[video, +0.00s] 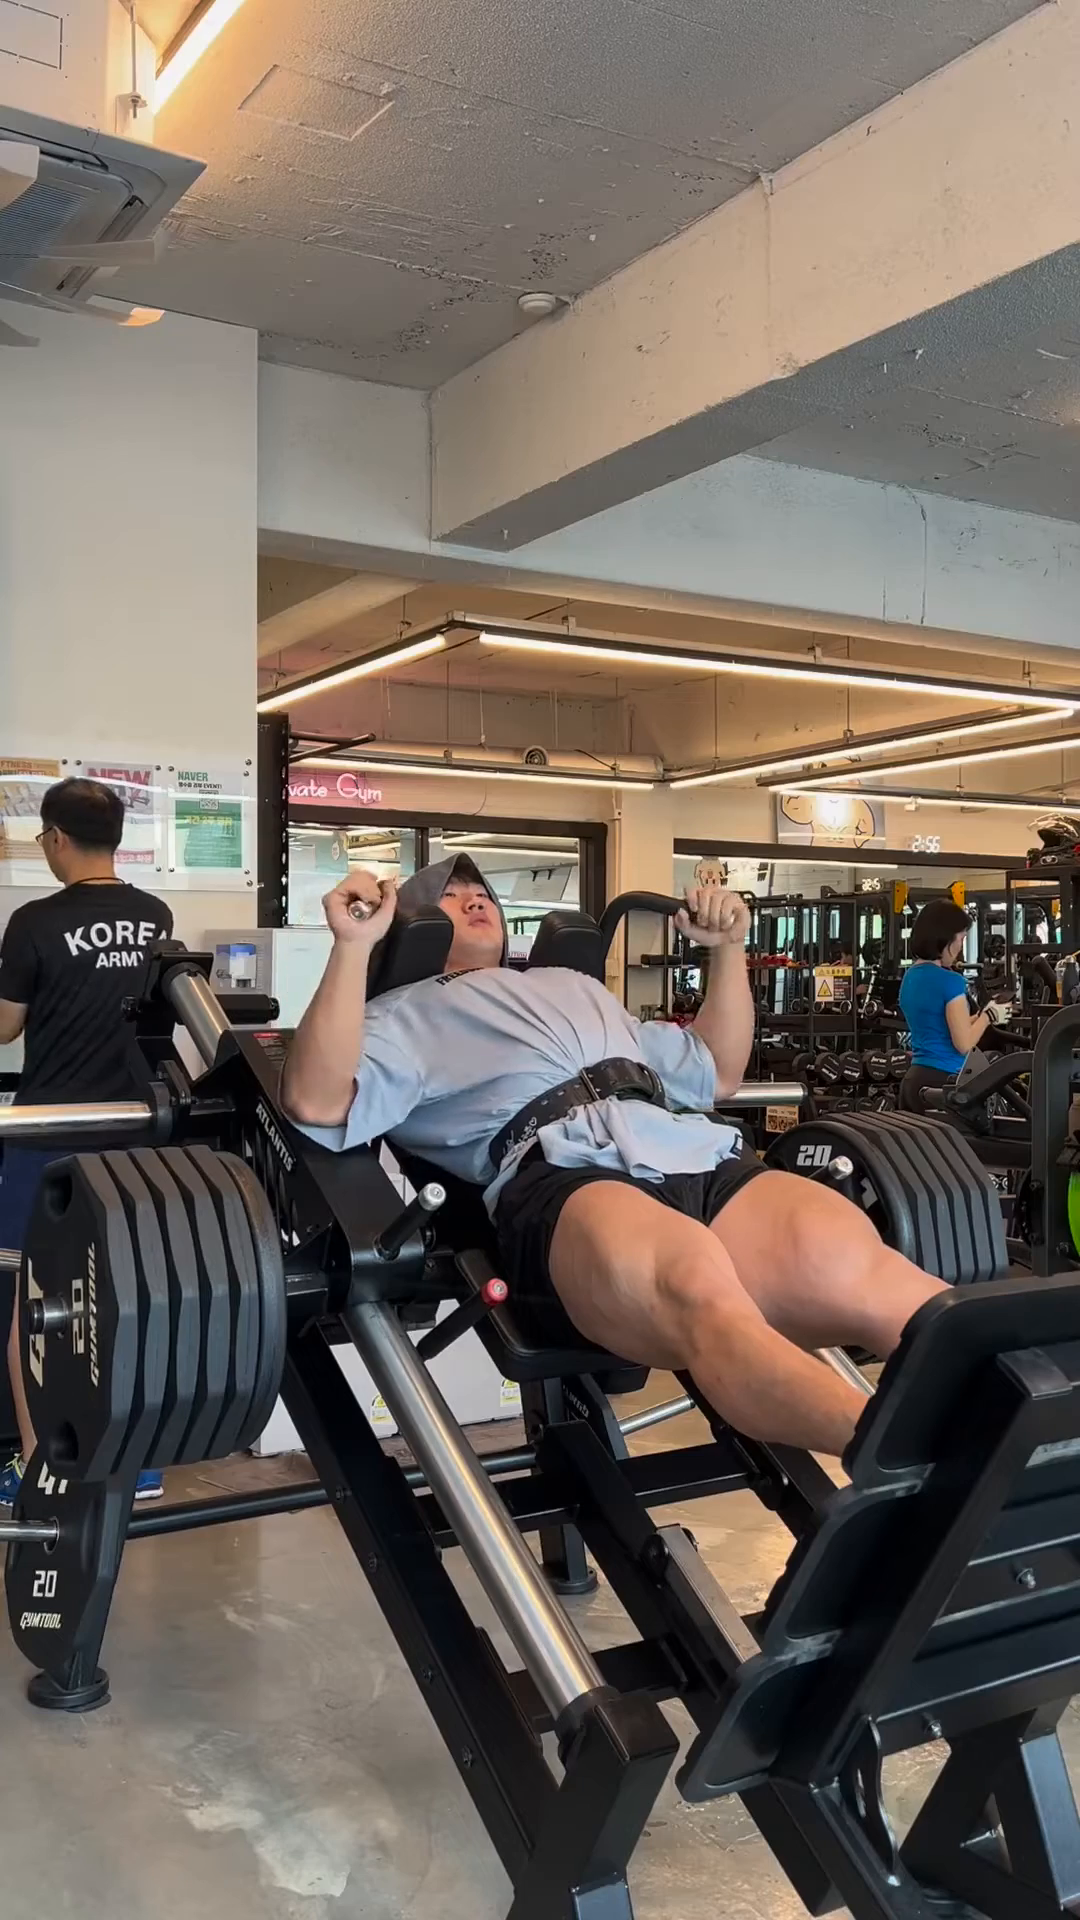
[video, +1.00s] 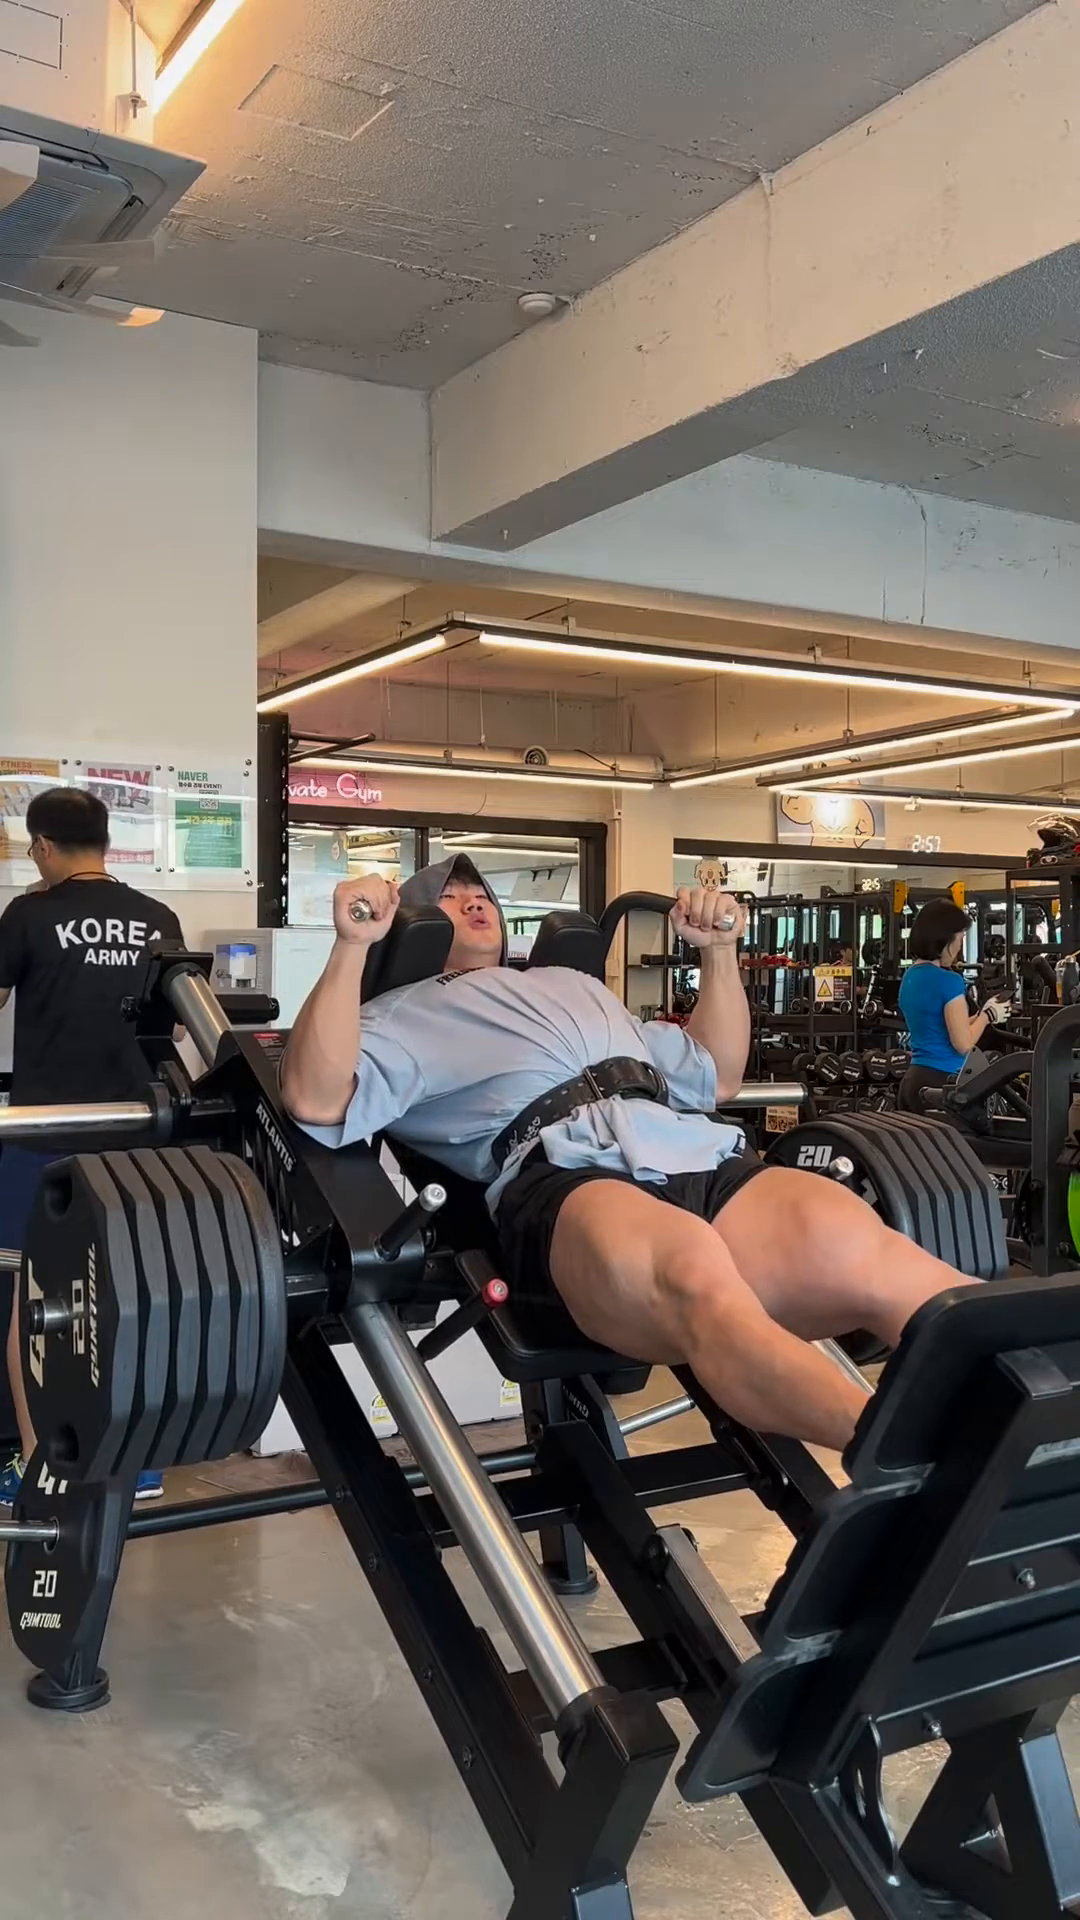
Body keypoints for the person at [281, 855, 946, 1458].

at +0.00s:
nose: (478, 899)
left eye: (485, 891)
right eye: (453, 892)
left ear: (502, 921)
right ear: (420, 931)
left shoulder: (577, 990)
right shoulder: (408, 1015)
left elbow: (713, 1073)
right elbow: (315, 1101)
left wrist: (726, 948)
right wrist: (351, 949)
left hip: (691, 1158)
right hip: (557, 1181)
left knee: (851, 1258)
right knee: (694, 1283)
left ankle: (1038, 1376)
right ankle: (892, 1447)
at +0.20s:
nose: (471, 901)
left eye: (482, 893)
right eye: (448, 895)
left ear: (504, 923)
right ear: (418, 935)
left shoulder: (577, 990)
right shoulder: (409, 1014)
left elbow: (712, 1073)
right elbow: (316, 1103)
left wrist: (724, 946)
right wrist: (358, 949)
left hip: (692, 1154)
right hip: (557, 1178)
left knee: (856, 1264)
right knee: (695, 1284)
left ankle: (1036, 1377)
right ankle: (892, 1446)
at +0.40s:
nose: (471, 901)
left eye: (483, 894)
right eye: (448, 894)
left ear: (504, 926)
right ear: (415, 935)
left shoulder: (577, 990)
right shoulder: (404, 1015)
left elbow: (712, 1072)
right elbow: (313, 1100)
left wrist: (718, 945)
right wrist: (347, 946)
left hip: (689, 1153)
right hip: (555, 1179)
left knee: (852, 1255)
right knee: (695, 1281)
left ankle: (1034, 1384)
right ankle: (889, 1447)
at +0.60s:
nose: (470, 902)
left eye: (482, 895)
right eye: (447, 896)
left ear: (503, 925)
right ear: (418, 934)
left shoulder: (578, 990)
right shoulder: (407, 1013)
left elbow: (710, 1074)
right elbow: (313, 1098)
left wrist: (716, 950)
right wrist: (343, 942)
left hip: (691, 1152)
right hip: (556, 1177)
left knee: (853, 1265)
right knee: (697, 1288)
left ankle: (1034, 1379)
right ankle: (896, 1448)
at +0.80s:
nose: (475, 900)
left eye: (484, 893)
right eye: (452, 893)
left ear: (504, 924)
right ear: (416, 930)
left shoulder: (577, 988)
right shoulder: (404, 1014)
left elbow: (711, 1073)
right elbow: (314, 1099)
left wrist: (720, 955)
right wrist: (351, 948)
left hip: (695, 1158)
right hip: (558, 1181)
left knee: (852, 1247)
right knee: (696, 1283)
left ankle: (1057, 1374)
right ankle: (898, 1454)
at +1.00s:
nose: (477, 902)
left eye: (484, 895)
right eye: (453, 894)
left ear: (502, 921)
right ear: (413, 928)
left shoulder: (575, 987)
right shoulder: (403, 1015)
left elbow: (711, 1073)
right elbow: (315, 1100)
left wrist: (718, 955)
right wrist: (350, 949)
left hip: (697, 1162)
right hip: (560, 1183)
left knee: (844, 1236)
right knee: (692, 1279)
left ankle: (1052, 1370)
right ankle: (896, 1448)